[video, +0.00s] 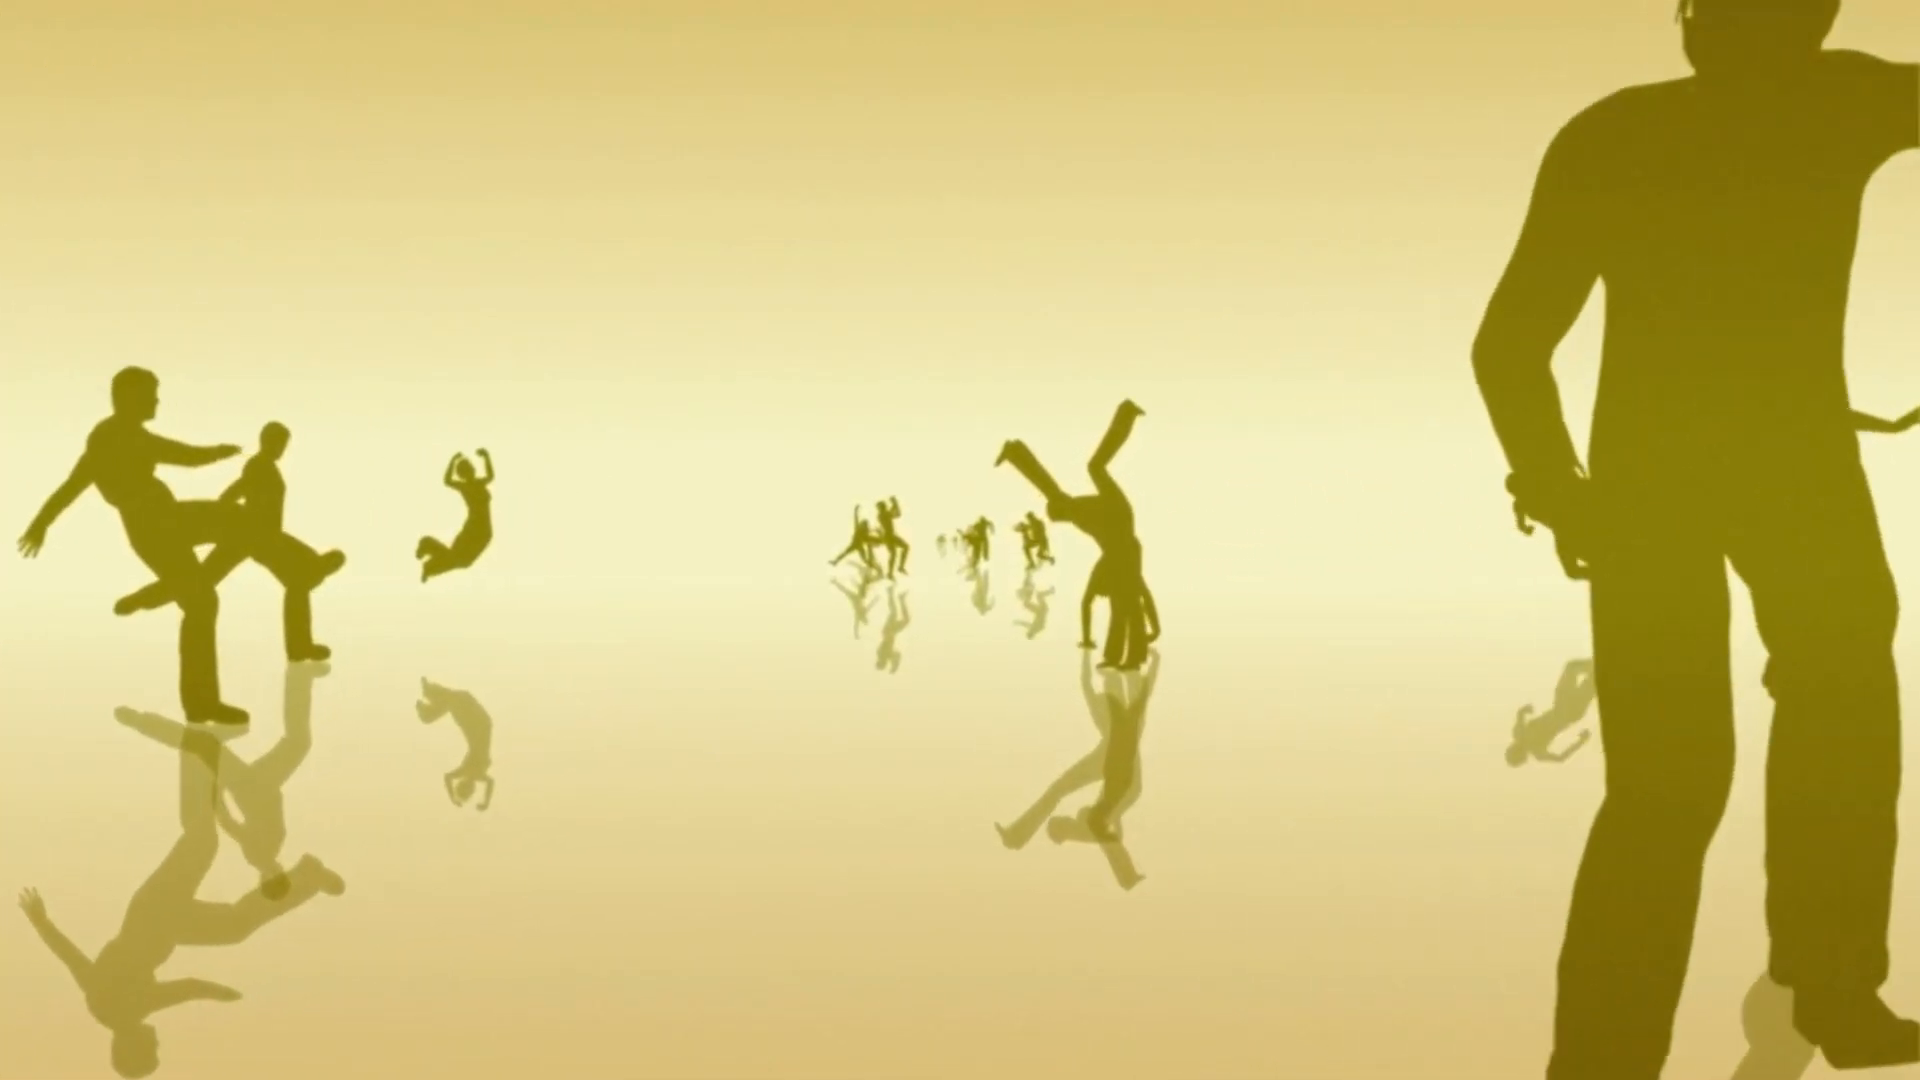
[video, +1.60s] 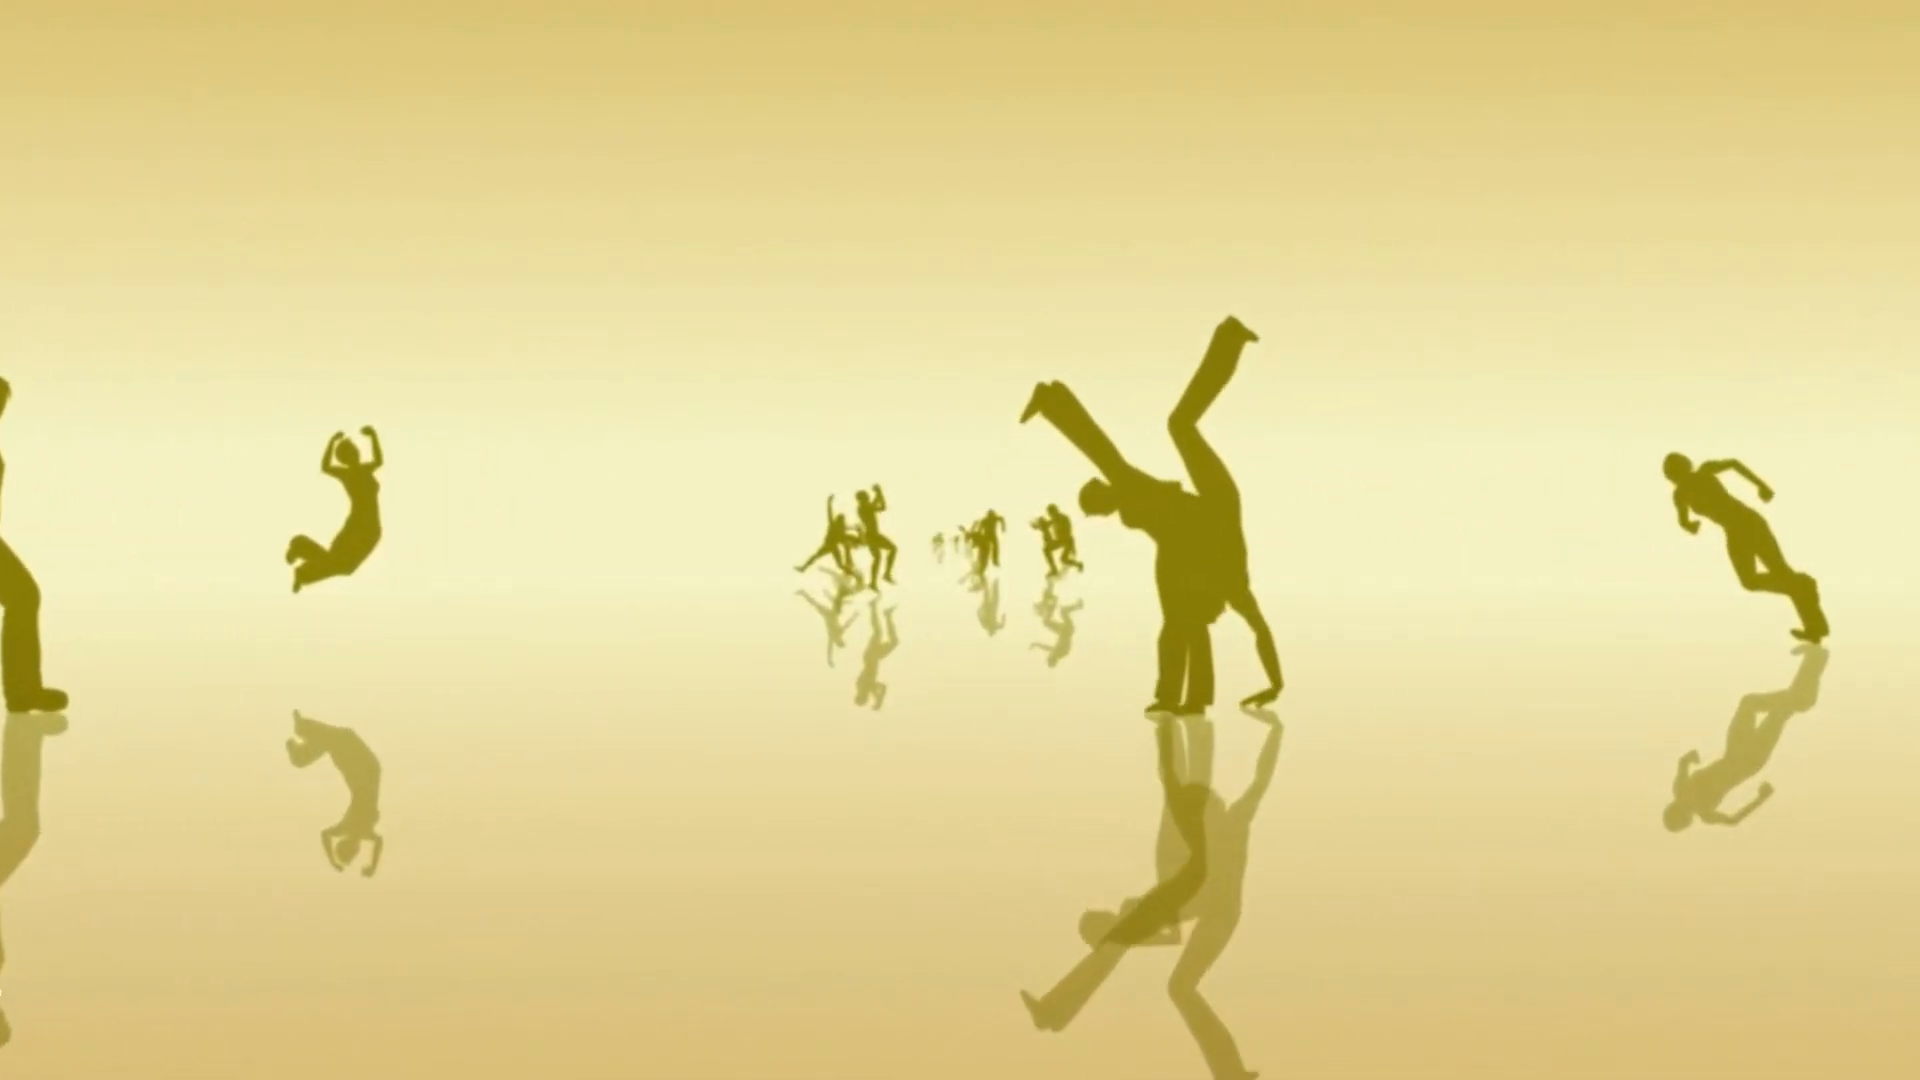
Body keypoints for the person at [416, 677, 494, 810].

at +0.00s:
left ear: (469, 786)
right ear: (461, 784)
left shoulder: (477, 775)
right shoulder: (463, 772)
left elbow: (491, 781)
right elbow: (447, 777)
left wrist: (486, 803)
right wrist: (452, 798)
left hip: (465, 701)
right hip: (455, 701)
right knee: (427, 717)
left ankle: (429, 689)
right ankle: (419, 705)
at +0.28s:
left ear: (448, 796)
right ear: (442, 794)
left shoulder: (458, 785)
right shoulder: (443, 782)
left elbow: (472, 791)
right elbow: (426, 787)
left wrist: (467, 813)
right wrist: (431, 809)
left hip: (445, 708)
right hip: (435, 708)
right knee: (405, 724)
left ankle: (407, 695)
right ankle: (397, 712)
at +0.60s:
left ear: (431, 806)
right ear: (421, 804)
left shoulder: (440, 794)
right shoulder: (423, 791)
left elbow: (454, 801)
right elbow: (406, 796)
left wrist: (448, 824)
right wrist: (412, 818)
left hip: (427, 715)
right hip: (417, 714)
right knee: (385, 732)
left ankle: (387, 700)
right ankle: (376, 718)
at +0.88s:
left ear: (409, 818)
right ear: (397, 815)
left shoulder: (418, 805)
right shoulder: (400, 802)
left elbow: (432, 812)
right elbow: (382, 808)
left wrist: (426, 837)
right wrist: (389, 831)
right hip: (394, 723)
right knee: (359, 740)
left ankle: (362, 707)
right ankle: (351, 725)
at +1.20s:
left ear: (387, 829)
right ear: (375, 826)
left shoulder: (397, 816)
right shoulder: (378, 812)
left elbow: (411, 823)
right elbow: (360, 818)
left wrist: (405, 848)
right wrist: (366, 842)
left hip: (383, 731)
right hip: (372, 728)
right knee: (336, 747)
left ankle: (338, 713)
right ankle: (327, 732)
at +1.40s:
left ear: (371, 838)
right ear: (359, 835)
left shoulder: (380, 824)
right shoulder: (361, 821)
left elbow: (396, 831)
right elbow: (342, 826)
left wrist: (390, 856)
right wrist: (349, 851)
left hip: (365, 735)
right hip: (355, 734)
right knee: (318, 754)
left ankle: (321, 719)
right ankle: (309, 737)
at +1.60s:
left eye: (347, 856)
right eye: (343, 856)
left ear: (354, 847)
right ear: (342, 844)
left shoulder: (364, 832)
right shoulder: (343, 829)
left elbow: (379, 841)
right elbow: (324, 834)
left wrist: (373, 866)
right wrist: (332, 860)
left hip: (349, 741)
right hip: (336, 741)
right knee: (299, 760)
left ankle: (302, 725)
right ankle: (290, 742)